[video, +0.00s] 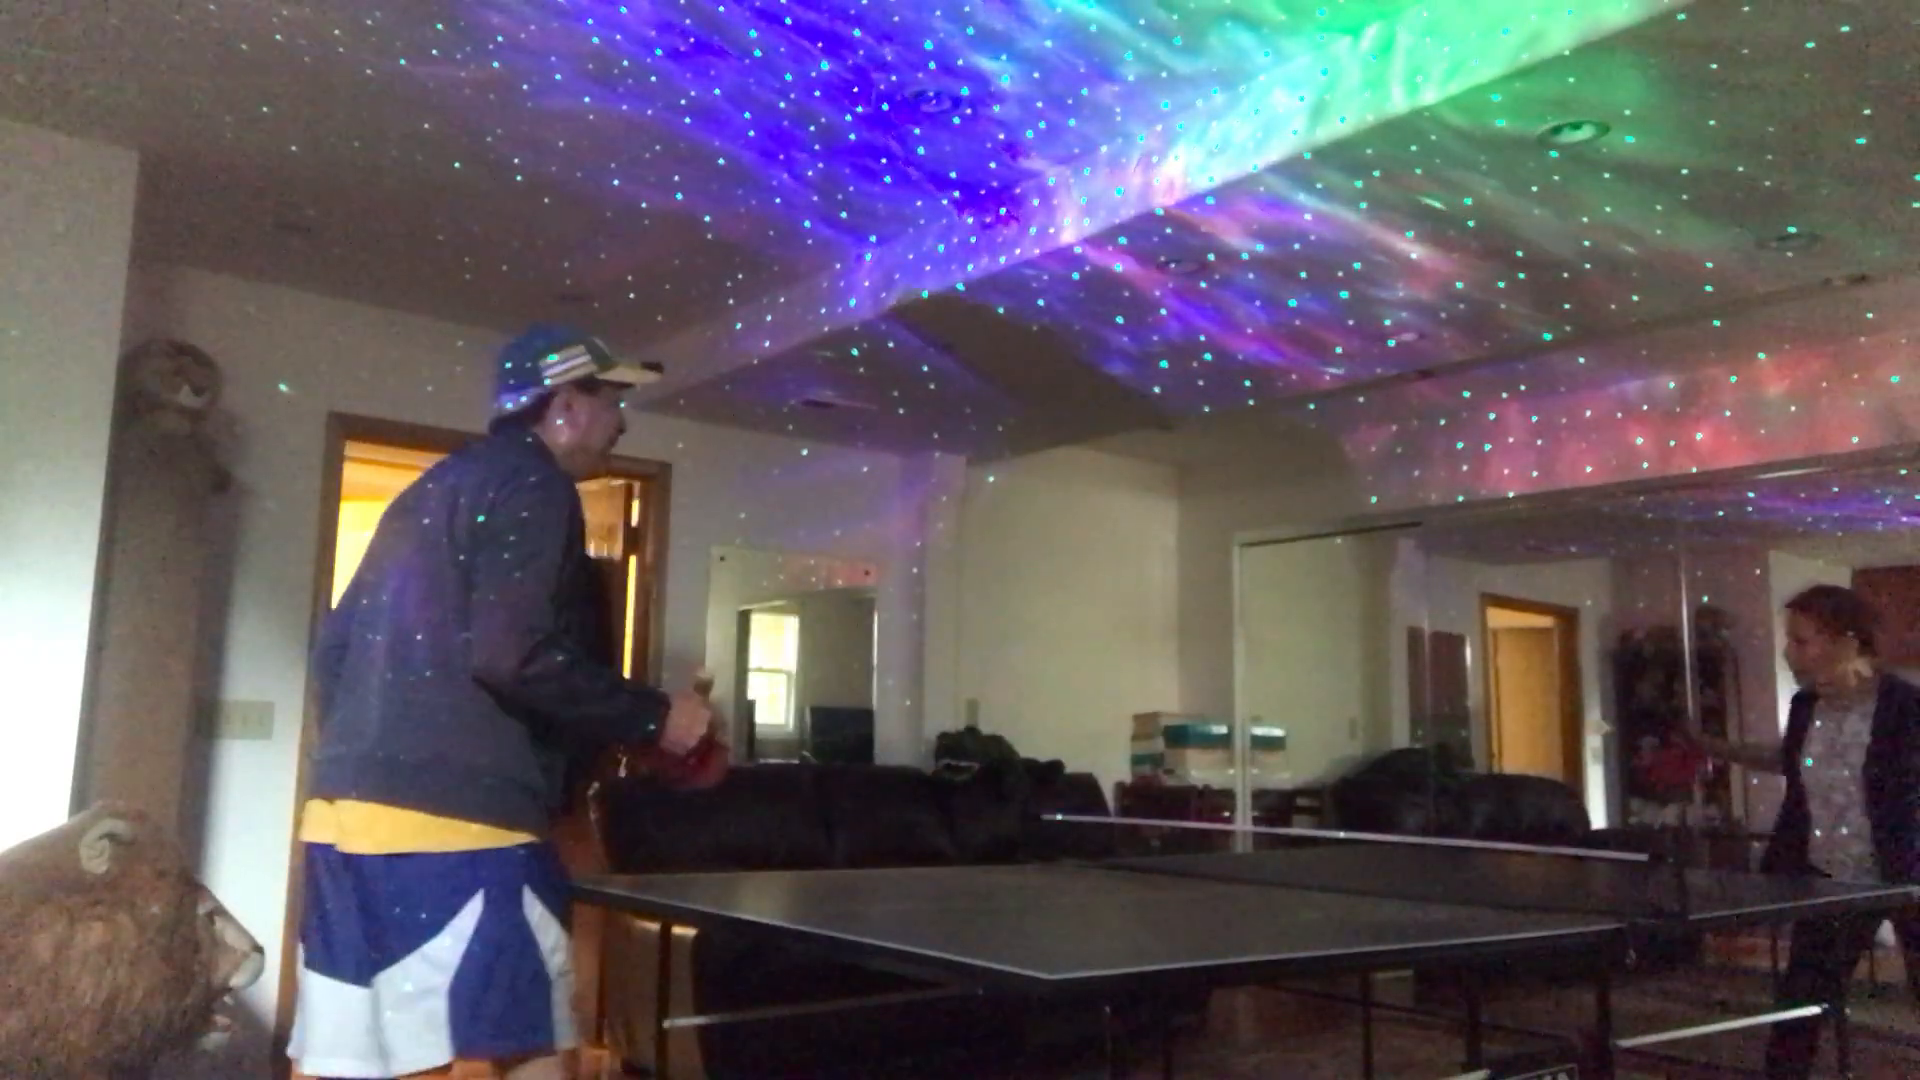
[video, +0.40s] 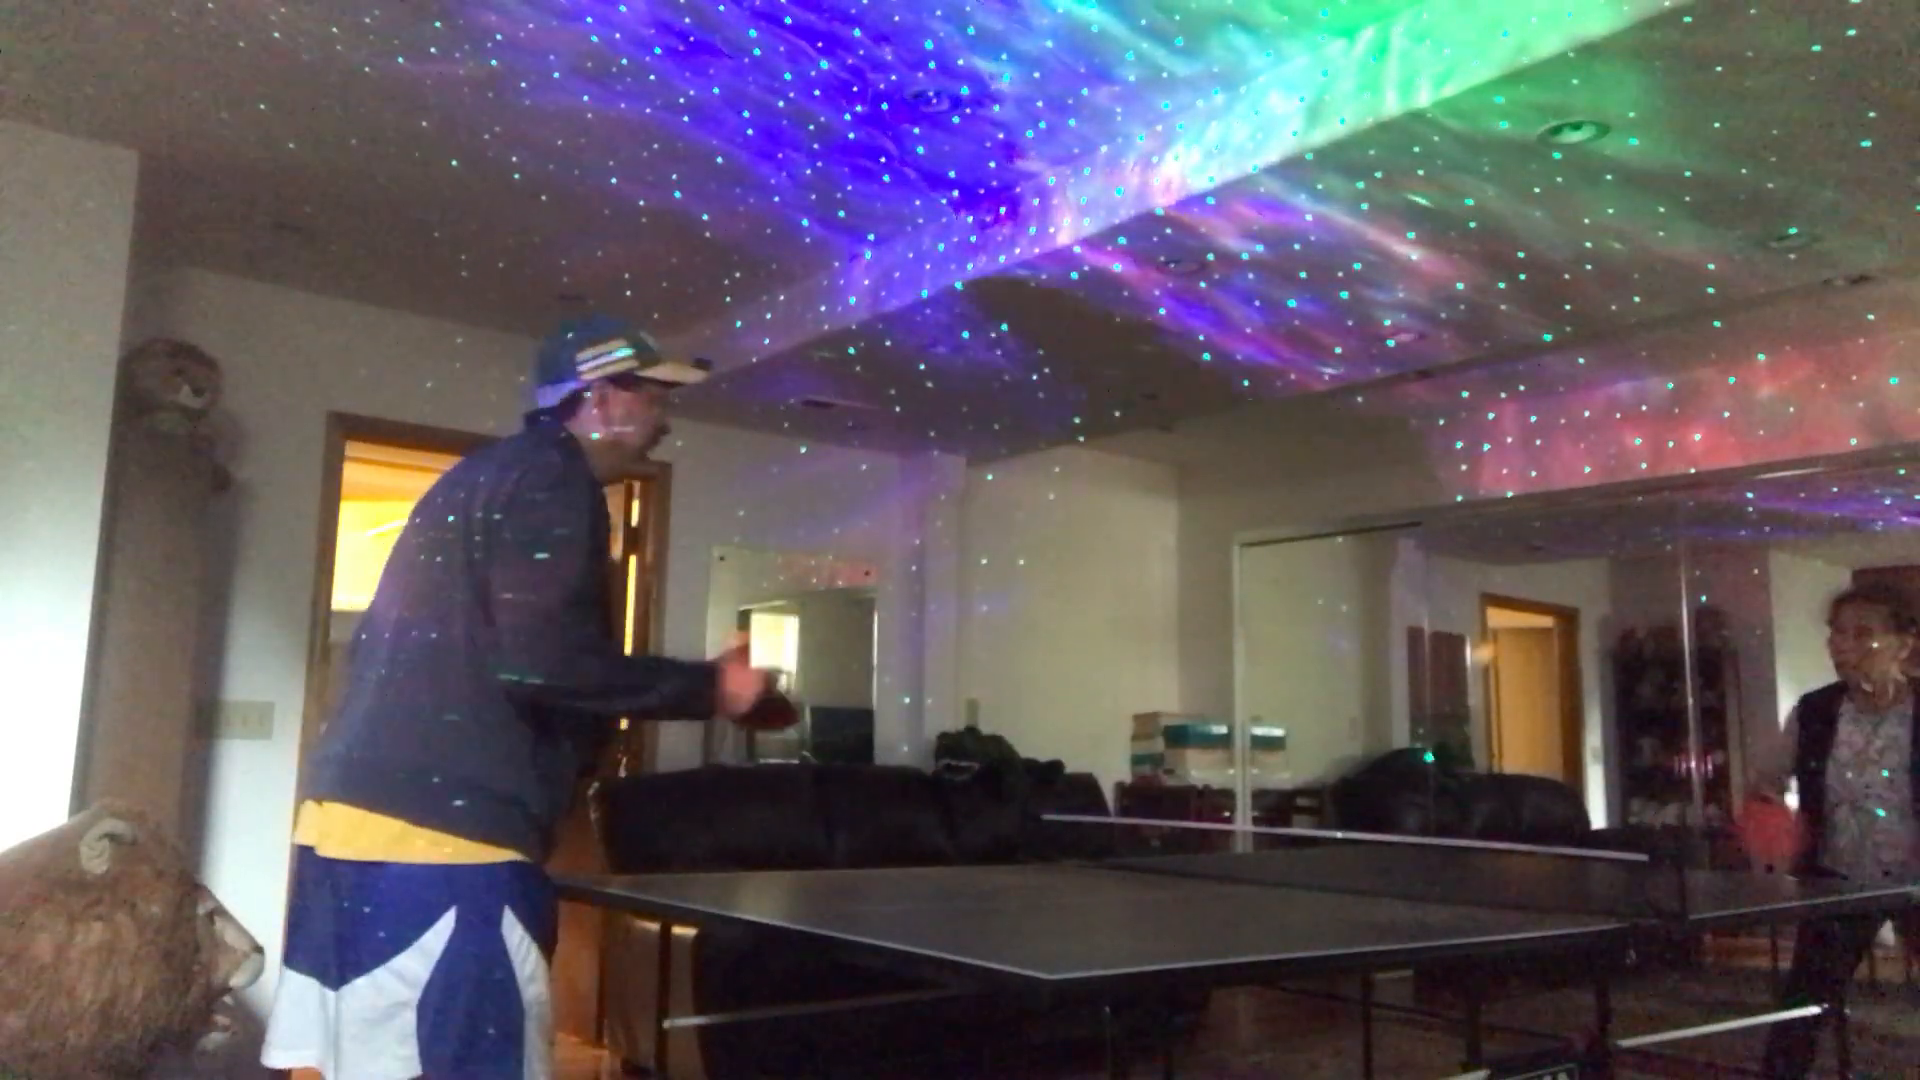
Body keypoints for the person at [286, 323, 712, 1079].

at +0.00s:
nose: (621, 423)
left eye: (621, 404)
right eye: (613, 402)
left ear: (529, 403)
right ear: (565, 404)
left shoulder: (423, 491)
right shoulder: (535, 487)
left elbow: (336, 642)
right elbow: (511, 652)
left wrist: (382, 757)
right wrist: (654, 714)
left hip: (345, 824)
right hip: (459, 829)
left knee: (348, 1062)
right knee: (530, 1061)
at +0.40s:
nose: (667, 422)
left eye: (666, 401)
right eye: (656, 398)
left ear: (596, 401)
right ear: (602, 398)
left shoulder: (470, 476)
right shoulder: (550, 477)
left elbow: (374, 644)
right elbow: (540, 659)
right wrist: (708, 684)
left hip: (350, 832)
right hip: (443, 844)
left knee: (358, 1059)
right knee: (469, 1064)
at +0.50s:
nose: (684, 427)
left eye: (684, 404)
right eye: (674, 400)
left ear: (606, 400)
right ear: (615, 399)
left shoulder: (520, 477)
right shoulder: (540, 474)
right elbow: (458, 642)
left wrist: (638, 789)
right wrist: (616, 741)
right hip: (443, 842)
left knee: (349, 1061)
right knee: (469, 1060)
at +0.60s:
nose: (704, 432)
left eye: (704, 408)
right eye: (692, 404)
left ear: (633, 406)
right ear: (633, 403)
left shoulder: (577, 509)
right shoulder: (548, 480)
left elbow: (551, 700)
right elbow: (427, 654)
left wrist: (627, 797)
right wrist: (579, 756)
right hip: (442, 863)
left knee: (364, 1067)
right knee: (501, 1064)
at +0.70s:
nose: (723, 441)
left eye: (730, 419)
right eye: (701, 412)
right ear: (641, 414)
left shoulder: (598, 514)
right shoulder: (571, 491)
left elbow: (540, 701)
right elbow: (483, 695)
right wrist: (650, 702)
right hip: (440, 869)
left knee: (392, 1067)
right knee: (524, 1063)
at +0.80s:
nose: (763, 452)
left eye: (767, 432)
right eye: (744, 427)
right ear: (677, 422)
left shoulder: (620, 526)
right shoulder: (595, 517)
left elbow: (617, 724)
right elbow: (599, 732)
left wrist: (791, 697)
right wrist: (778, 700)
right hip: (454, 869)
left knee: (397, 1070)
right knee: (553, 1065)